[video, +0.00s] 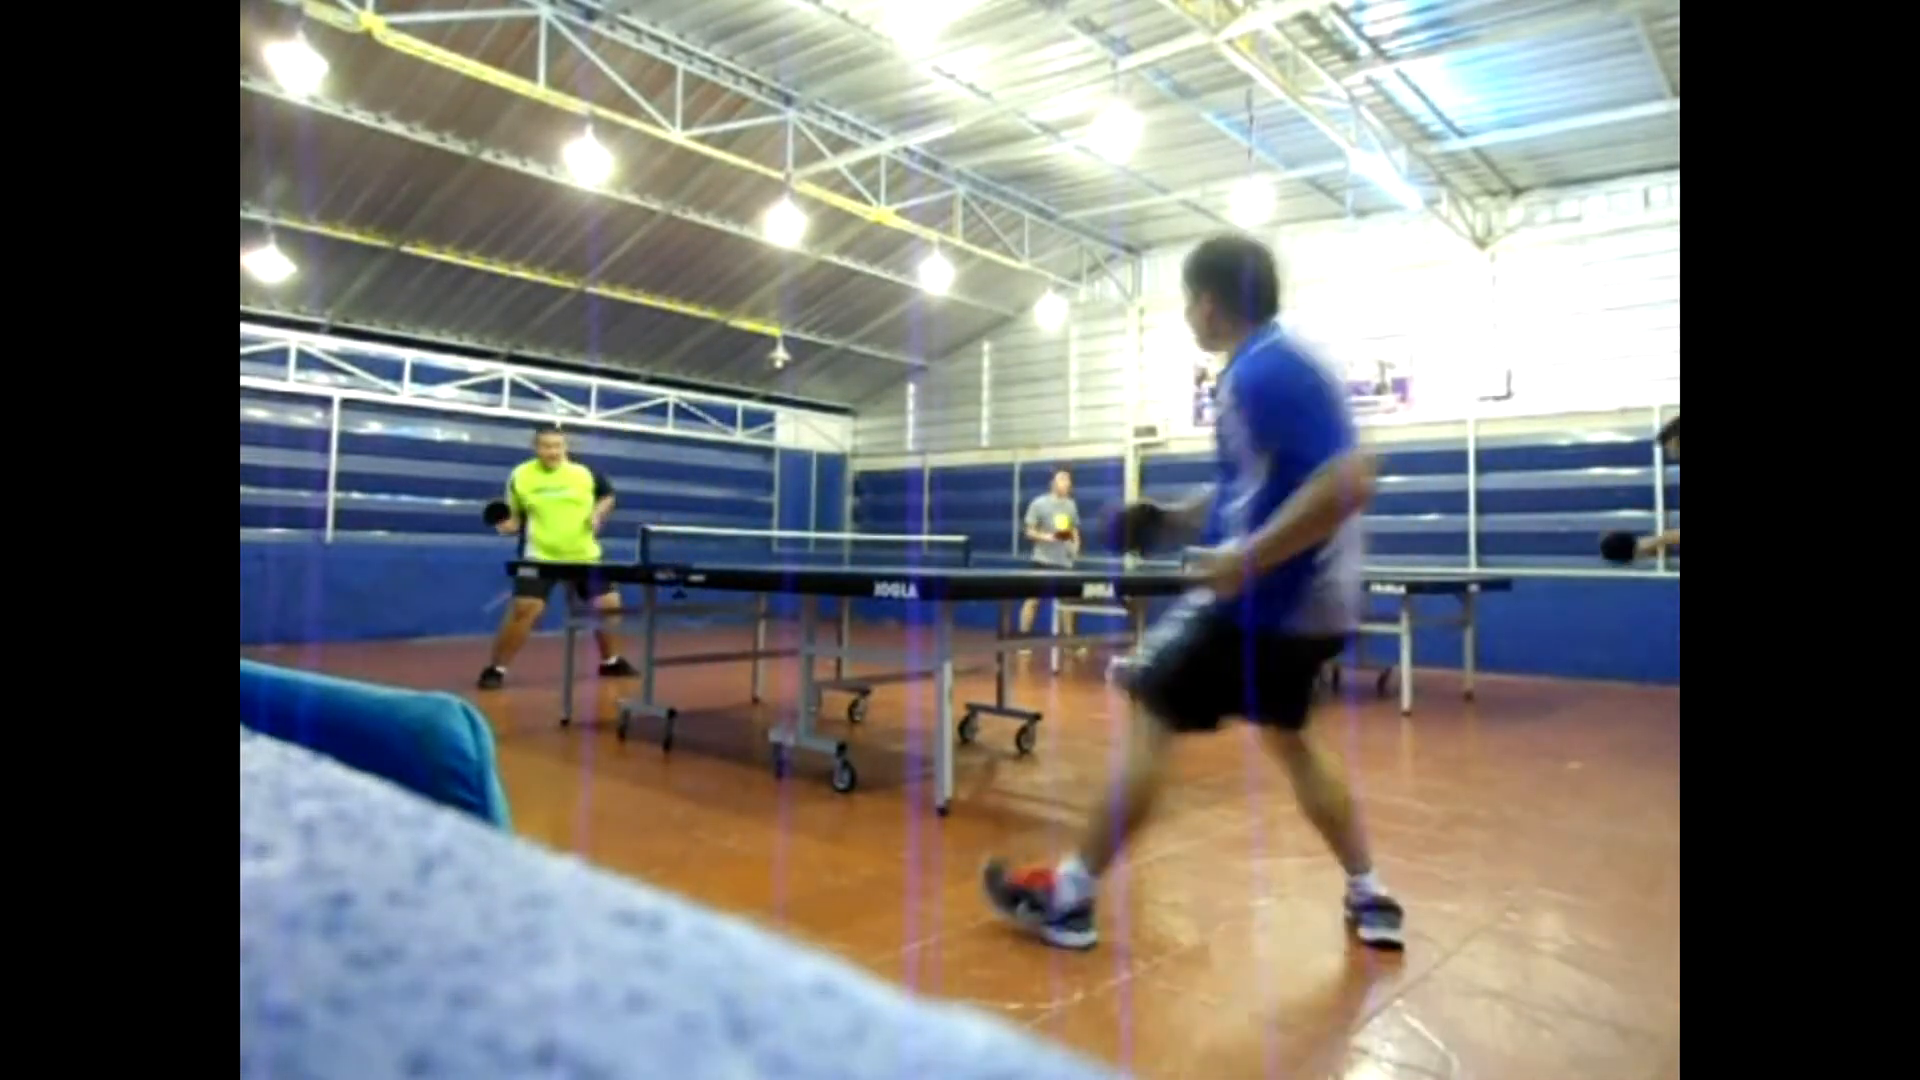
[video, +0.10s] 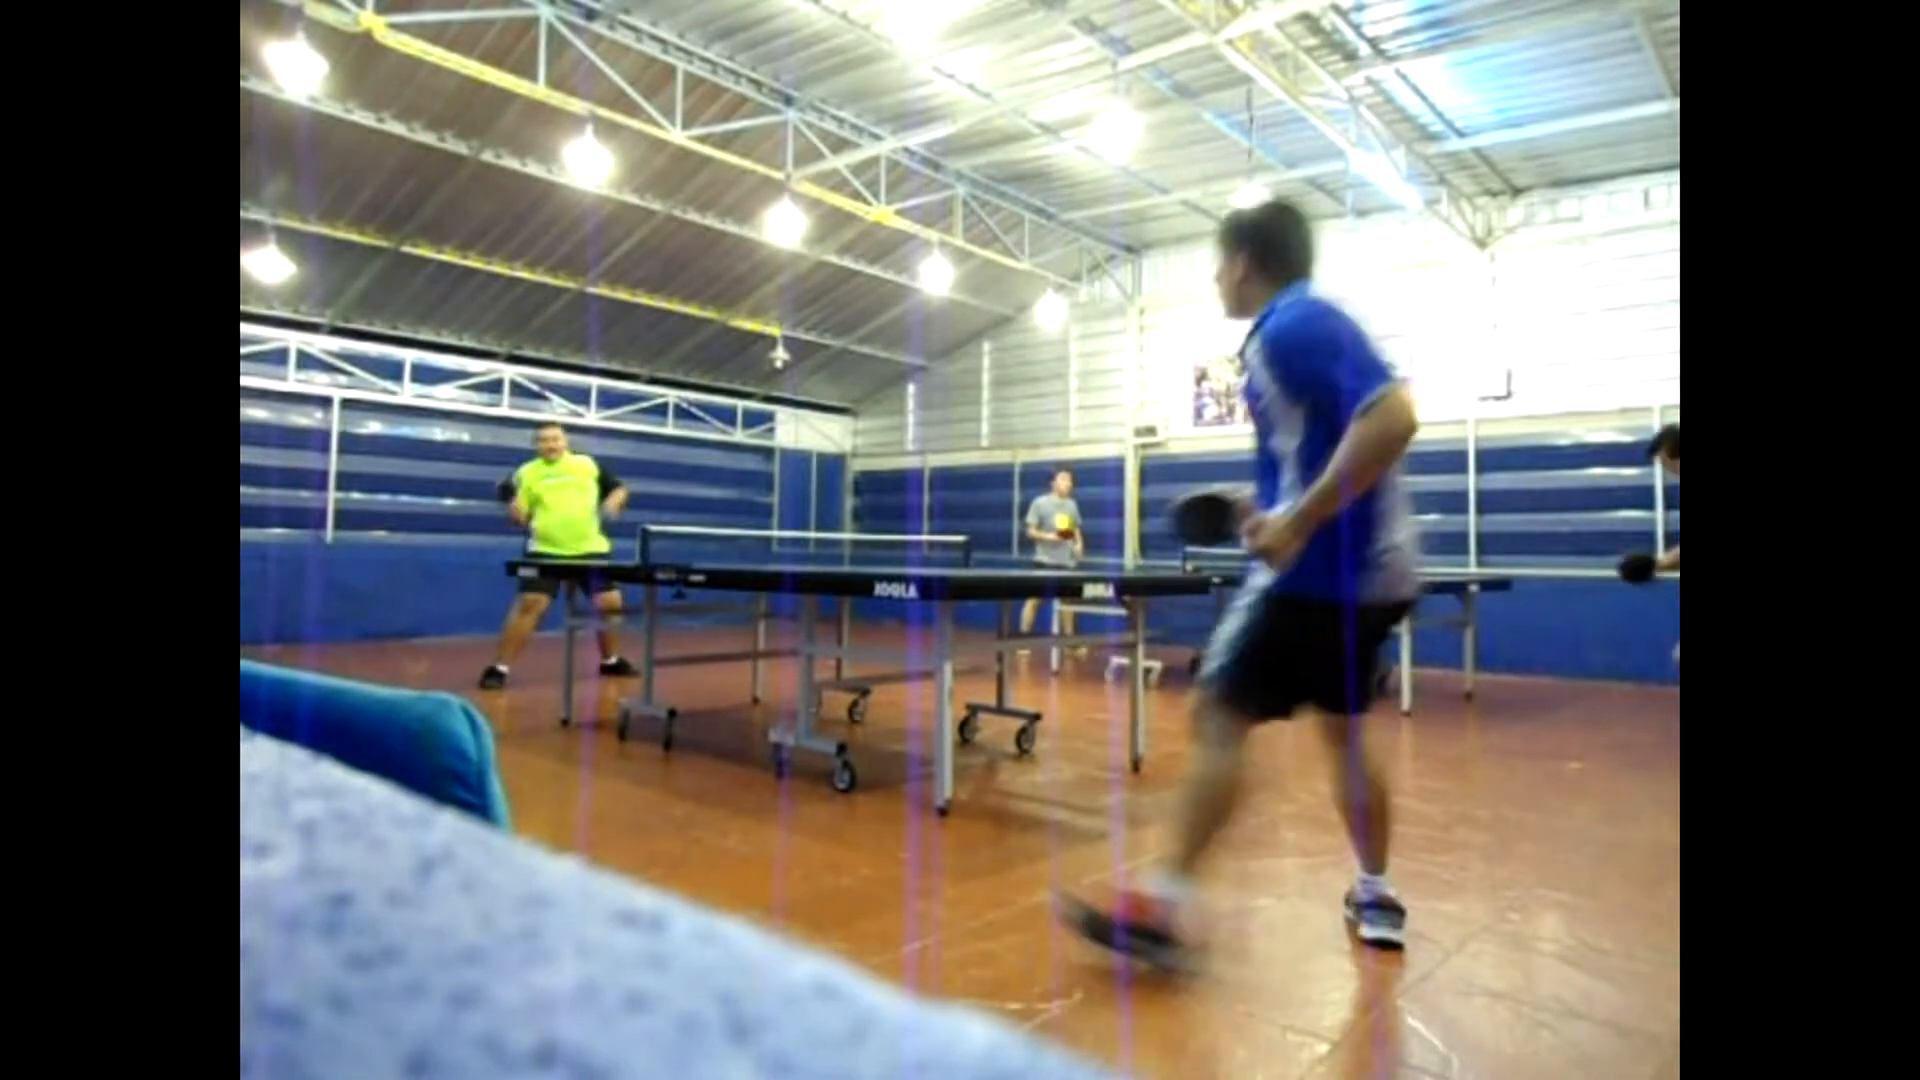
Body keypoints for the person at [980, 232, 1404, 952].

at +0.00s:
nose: (1189, 314)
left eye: (1193, 298)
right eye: (1189, 298)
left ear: (1219, 300)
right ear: (1254, 298)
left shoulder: (1270, 369)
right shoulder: (1263, 370)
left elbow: (1345, 478)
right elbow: (1257, 492)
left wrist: (1249, 557)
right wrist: (1173, 518)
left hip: (1262, 602)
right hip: (1310, 606)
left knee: (1153, 705)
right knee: (1287, 732)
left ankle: (1072, 890)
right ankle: (1368, 892)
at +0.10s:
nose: (1217, 275)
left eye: (1224, 260)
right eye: (1220, 260)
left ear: (1249, 261)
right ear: (1282, 260)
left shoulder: (1298, 321)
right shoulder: (1279, 339)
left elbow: (1392, 416)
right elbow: (1328, 460)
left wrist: (1300, 518)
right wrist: (1261, 503)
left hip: (1316, 577)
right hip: (1363, 576)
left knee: (1220, 712)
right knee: (1344, 730)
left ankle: (1162, 897)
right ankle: (1376, 893)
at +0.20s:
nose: (1255, 259)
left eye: (1263, 243)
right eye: (1260, 242)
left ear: (1288, 249)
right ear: (1335, 248)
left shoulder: (1320, 307)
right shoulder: (1374, 307)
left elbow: (1381, 410)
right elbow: (1393, 434)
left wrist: (1274, 497)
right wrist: (1281, 496)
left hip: (1361, 564)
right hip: (1417, 567)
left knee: (1283, 715)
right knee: (1376, 719)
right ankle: (1408, 894)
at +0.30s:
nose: (1305, 267)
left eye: (1313, 250)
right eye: (1309, 250)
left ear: (1342, 253)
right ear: (1391, 255)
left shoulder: (1371, 318)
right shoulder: (1444, 329)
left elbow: (1356, 433)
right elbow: (1495, 442)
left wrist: (1215, 472)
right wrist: (1358, 470)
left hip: (1404, 593)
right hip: (1458, 592)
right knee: (1404, 753)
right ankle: (1422, 894)